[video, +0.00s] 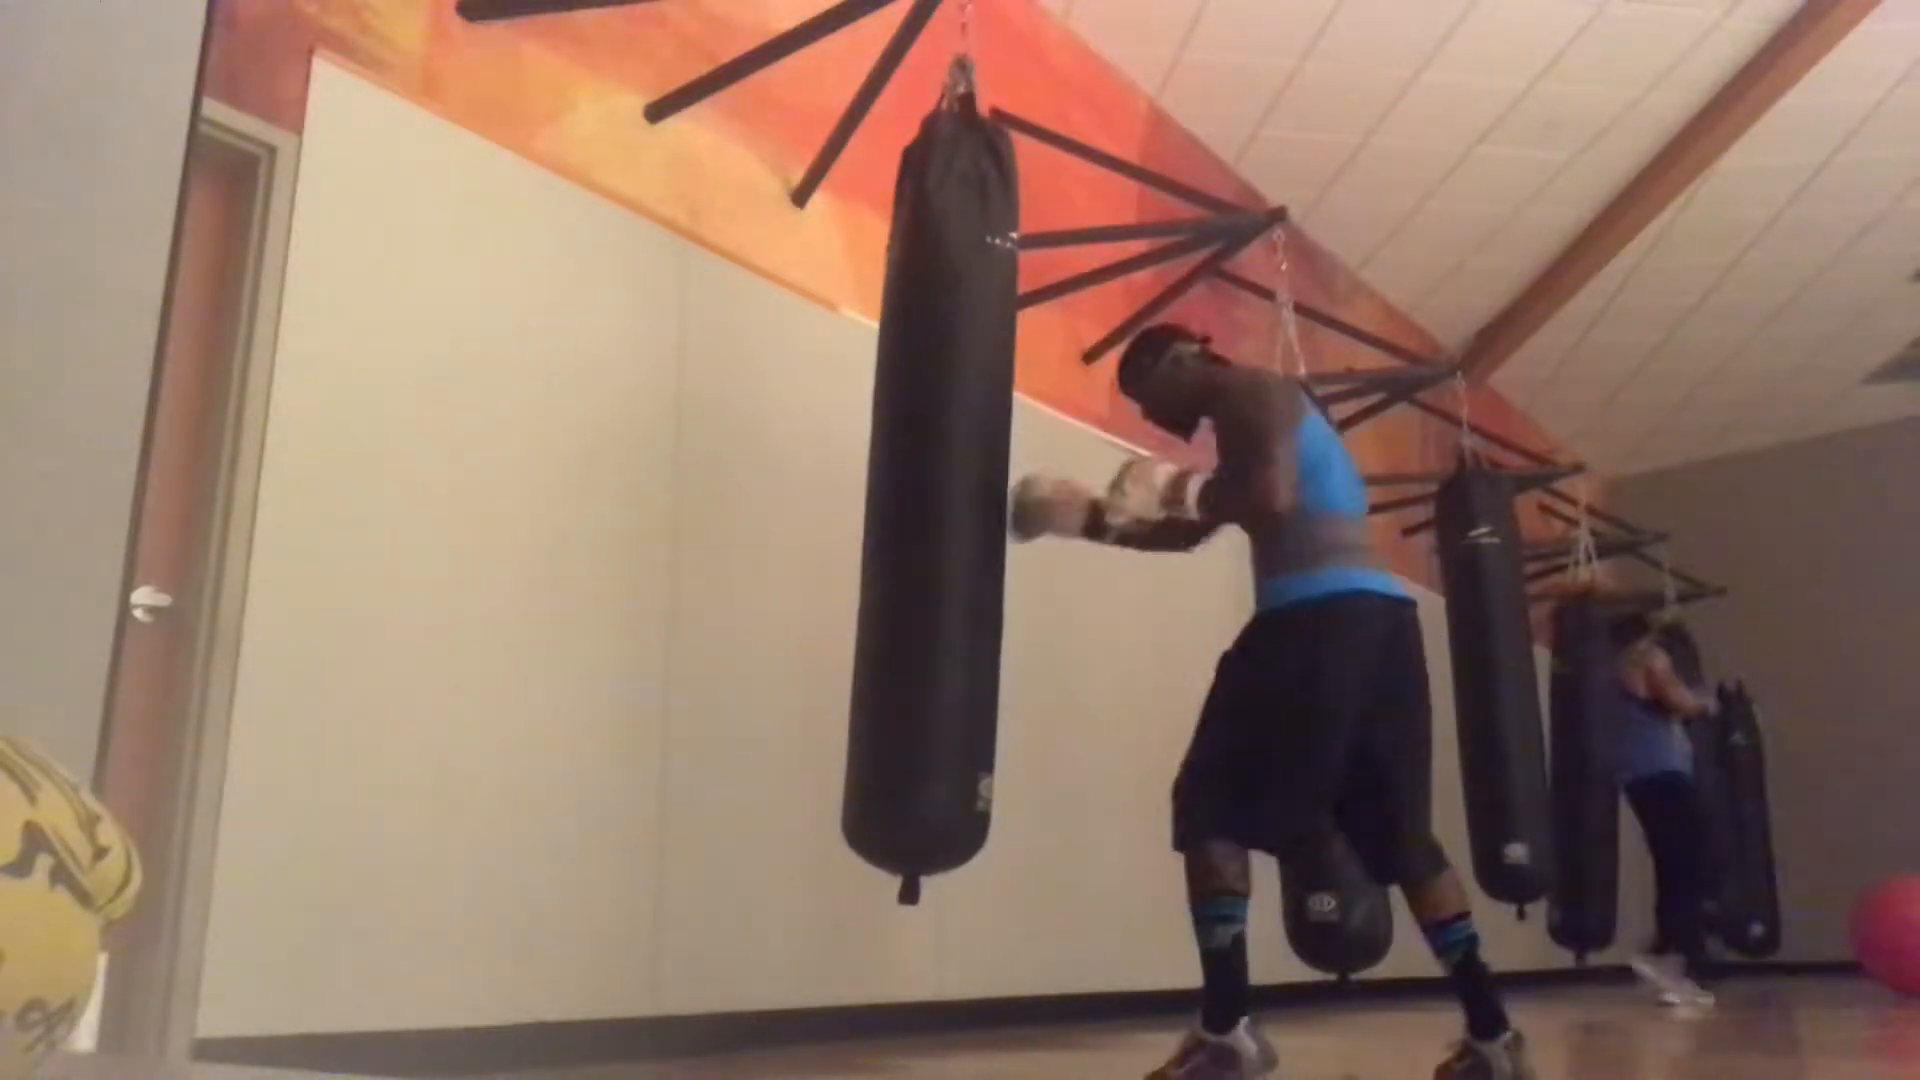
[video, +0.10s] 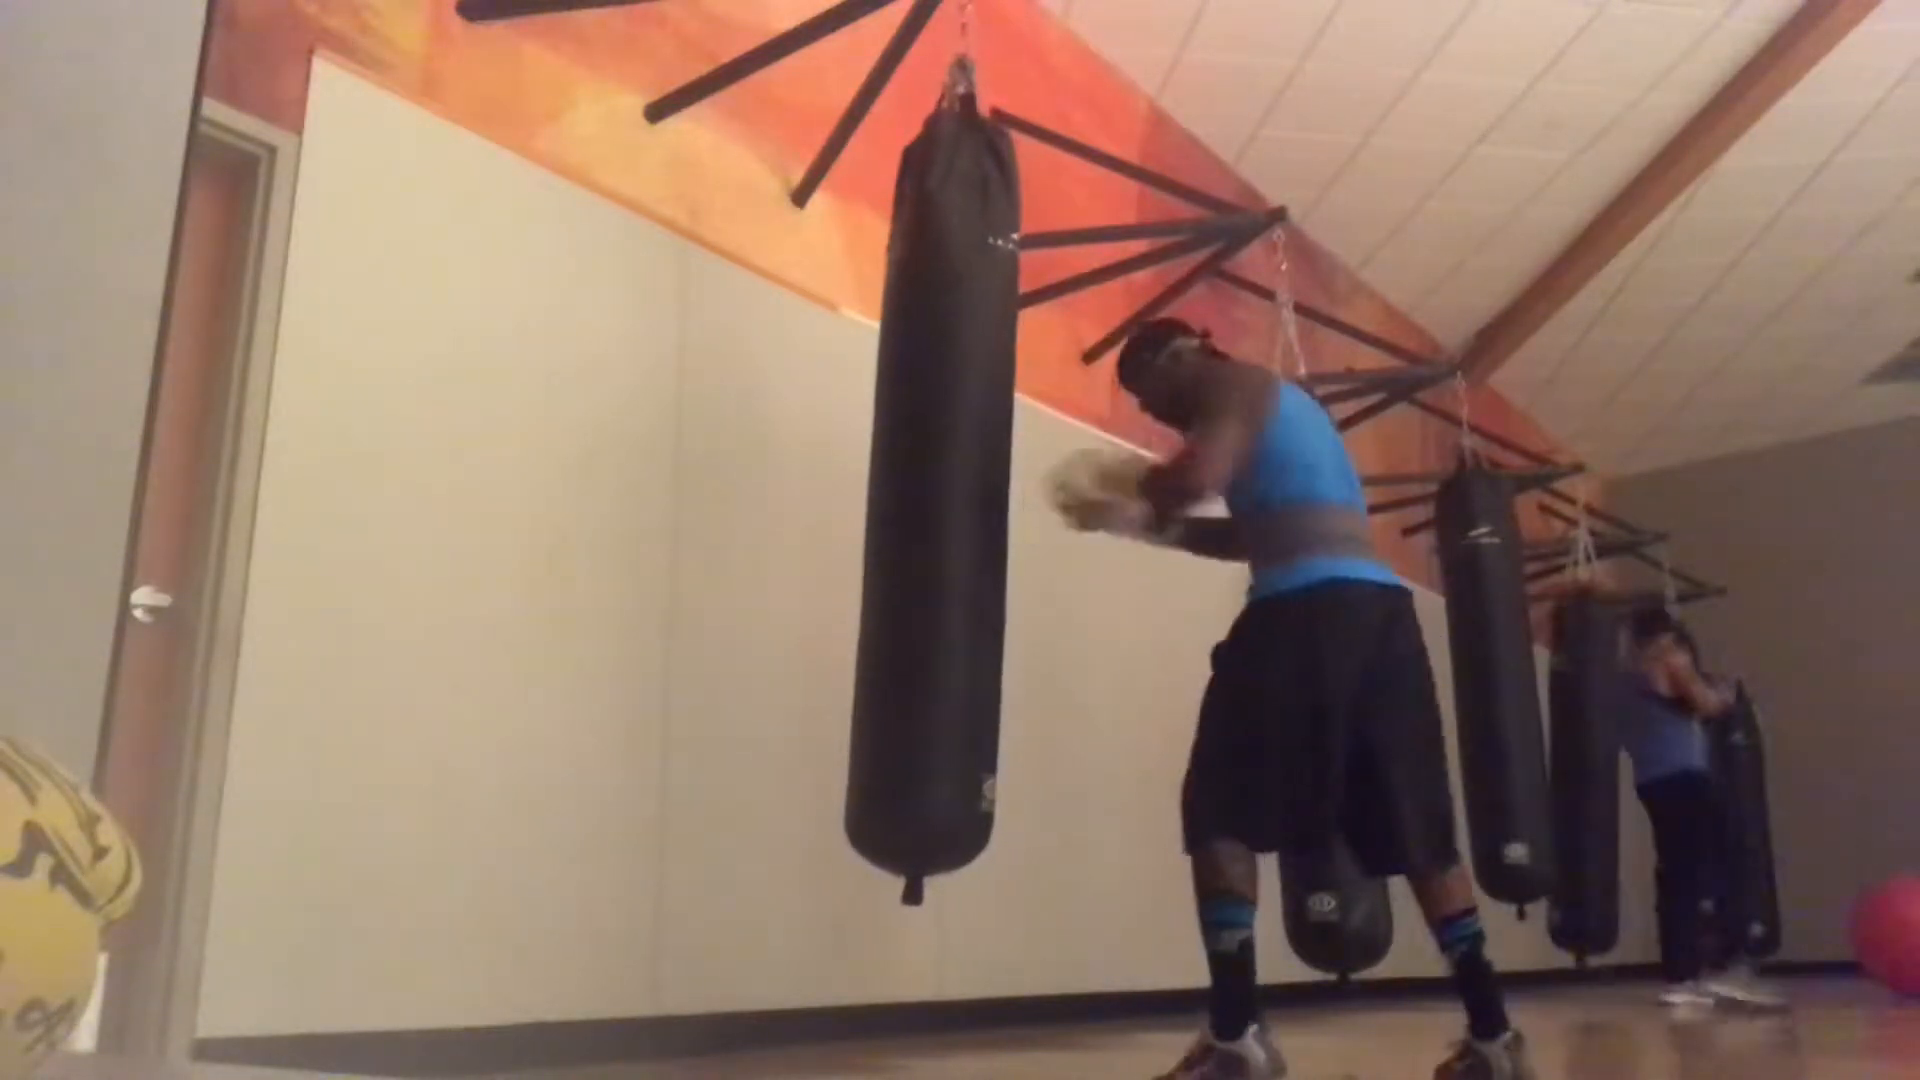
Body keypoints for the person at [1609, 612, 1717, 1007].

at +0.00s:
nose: (1659, 639)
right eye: (1653, 631)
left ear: (1617, 637)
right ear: (1646, 631)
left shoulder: (1615, 667)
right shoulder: (1650, 657)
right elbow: (1676, 698)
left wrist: (1697, 698)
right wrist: (1707, 701)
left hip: (1639, 775)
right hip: (1663, 772)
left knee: (1671, 865)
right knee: (1686, 864)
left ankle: (1670, 949)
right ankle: (1674, 960)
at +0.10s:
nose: (1674, 650)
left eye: (1673, 644)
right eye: (1672, 642)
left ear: (1633, 639)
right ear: (1667, 636)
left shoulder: (1623, 675)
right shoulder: (1668, 657)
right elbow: (1705, 701)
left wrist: (1703, 688)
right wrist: (1727, 691)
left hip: (1654, 781)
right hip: (1686, 778)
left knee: (1677, 877)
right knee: (1721, 867)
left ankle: (1681, 976)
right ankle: (1725, 969)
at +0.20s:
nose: (1687, 639)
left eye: (1680, 633)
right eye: (1686, 632)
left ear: (1654, 634)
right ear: (1685, 630)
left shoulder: (1639, 675)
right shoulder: (1696, 662)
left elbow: (1638, 727)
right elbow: (1732, 708)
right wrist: (1741, 696)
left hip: (1668, 786)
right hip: (1711, 781)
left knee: (1683, 878)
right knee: (1752, 866)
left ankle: (1680, 978)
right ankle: (1783, 972)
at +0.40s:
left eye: (1706, 622)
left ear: (1696, 628)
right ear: (1733, 624)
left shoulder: (1674, 672)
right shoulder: (1752, 667)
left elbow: (1661, 735)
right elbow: (1786, 721)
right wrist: (1756, 709)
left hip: (1703, 794)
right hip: (1758, 788)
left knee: (1706, 879)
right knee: (1802, 874)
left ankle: (1696, 978)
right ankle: (1799, 979)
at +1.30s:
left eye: (1674, 654)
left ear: (1676, 653)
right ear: (1712, 641)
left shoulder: (1684, 683)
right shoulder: (1756, 660)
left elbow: (1678, 744)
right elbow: (1797, 716)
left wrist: (1714, 733)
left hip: (1736, 792)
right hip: (1796, 783)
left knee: (1726, 885)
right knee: (1840, 868)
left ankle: (1721, 982)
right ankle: (1859, 955)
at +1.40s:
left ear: (1702, 649)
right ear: (1738, 640)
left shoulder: (1699, 676)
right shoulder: (1775, 663)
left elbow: (1686, 739)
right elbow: (1813, 718)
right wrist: (1801, 738)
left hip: (1743, 795)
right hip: (1804, 786)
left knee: (1729, 887)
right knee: (1859, 877)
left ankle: (1720, 983)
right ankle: (1904, 968)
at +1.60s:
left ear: (1757, 650)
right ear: (1795, 646)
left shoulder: (1744, 685)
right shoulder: (1820, 674)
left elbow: (1727, 736)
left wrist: (1746, 779)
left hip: (1774, 804)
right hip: (1836, 799)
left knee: (1743, 887)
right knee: (1887, 884)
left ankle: (1723, 974)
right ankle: (1916, 967)